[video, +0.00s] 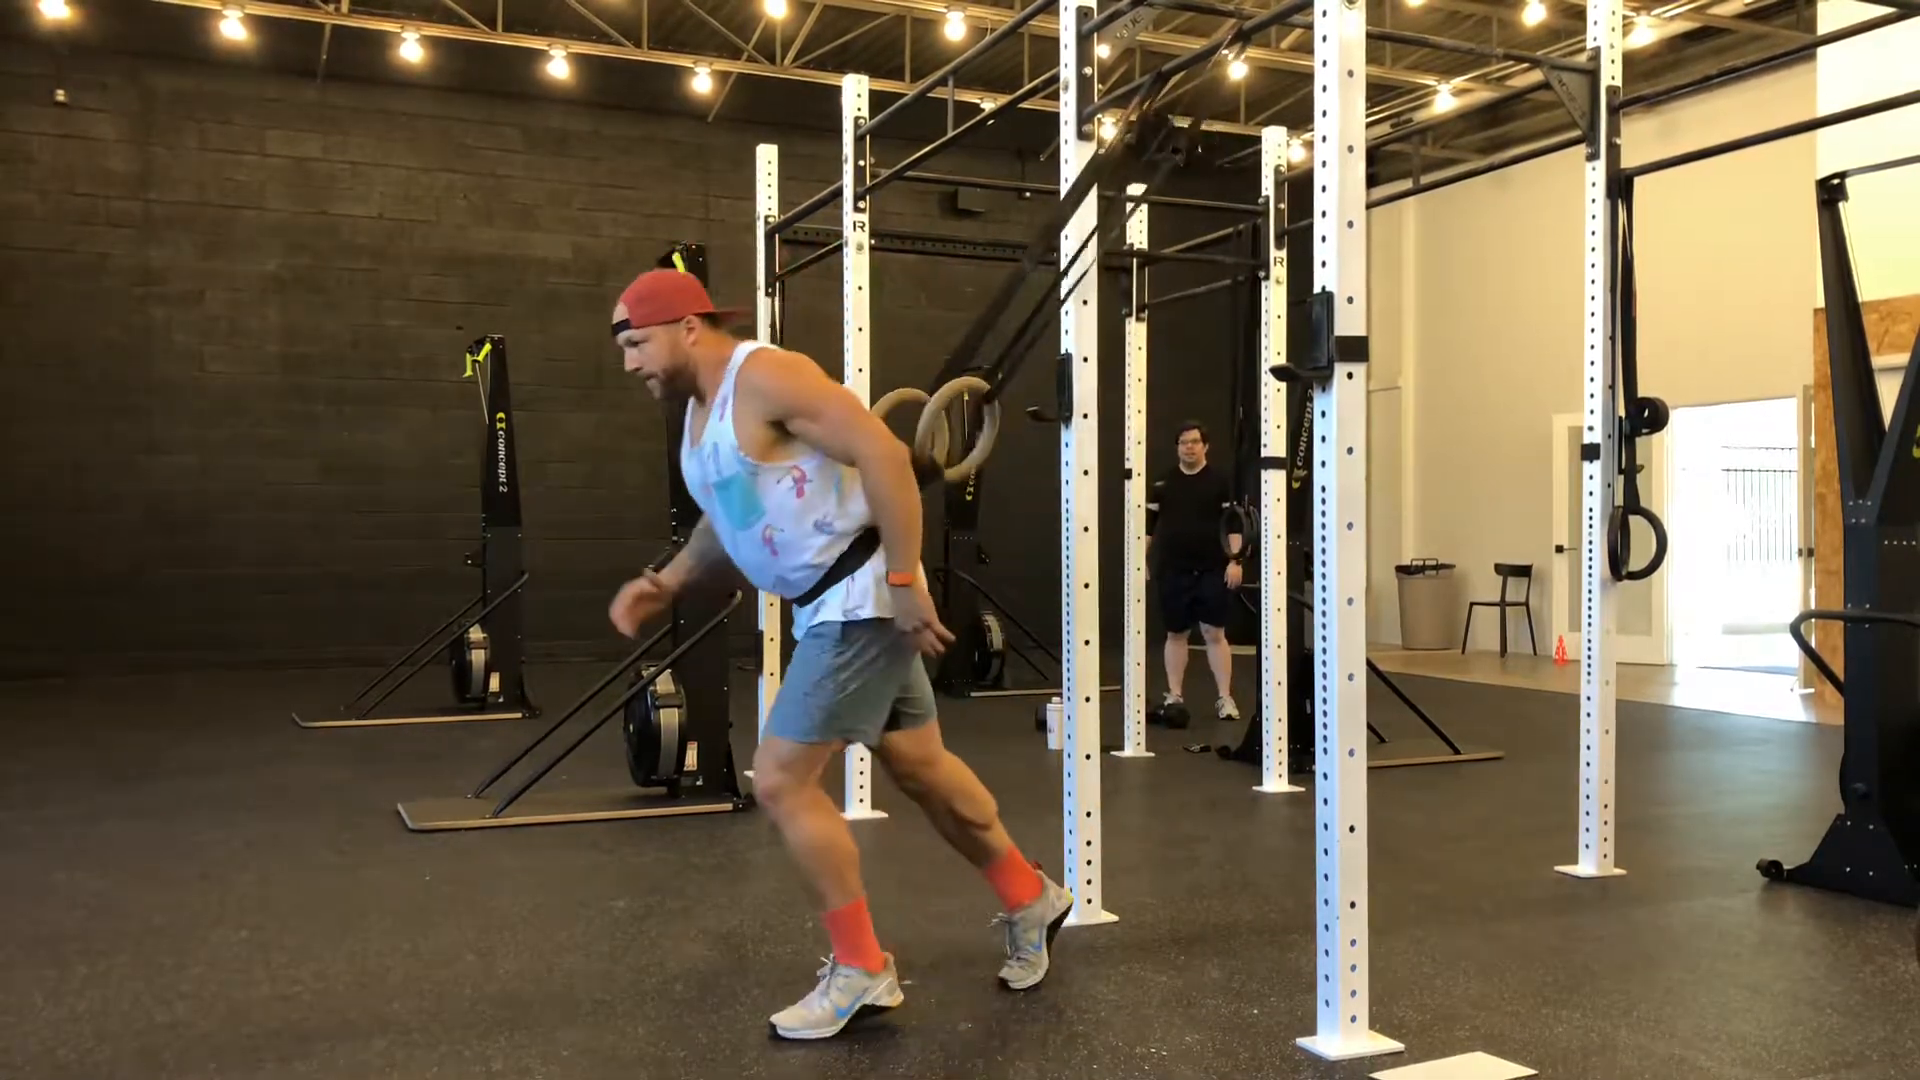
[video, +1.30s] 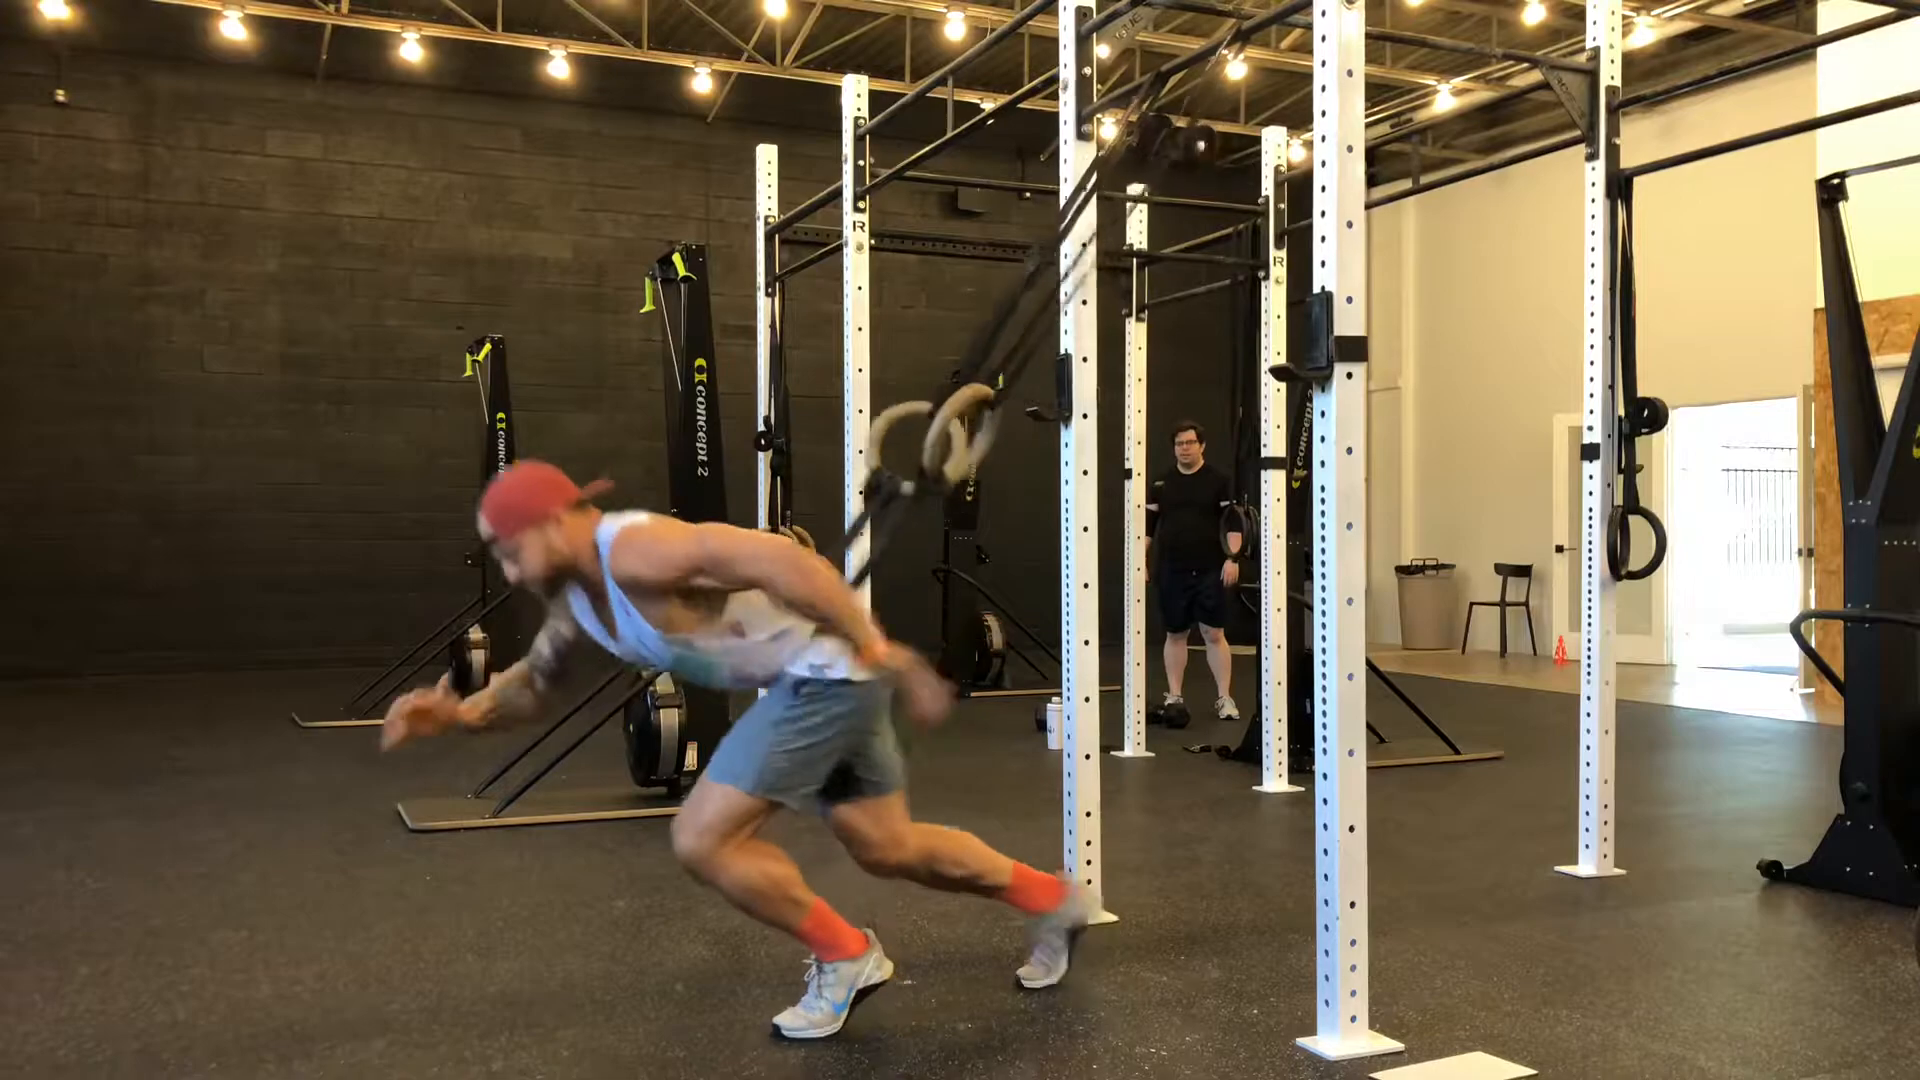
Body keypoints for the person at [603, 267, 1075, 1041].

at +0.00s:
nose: (627, 361)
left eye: (633, 340)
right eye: (622, 345)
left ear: (686, 327)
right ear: (679, 334)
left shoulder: (767, 376)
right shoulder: (703, 415)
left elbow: (886, 453)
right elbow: (733, 519)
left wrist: (906, 577)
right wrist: (669, 581)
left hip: (861, 597)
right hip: (834, 602)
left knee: (783, 779)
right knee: (920, 763)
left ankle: (862, 969)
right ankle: (1031, 896)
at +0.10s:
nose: (600, 392)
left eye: (606, 372)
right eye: (595, 376)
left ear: (659, 353)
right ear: (650, 361)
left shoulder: (745, 400)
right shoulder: (678, 438)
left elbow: (868, 471)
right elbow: (701, 540)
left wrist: (892, 596)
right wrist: (622, 567)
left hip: (850, 611)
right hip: (824, 615)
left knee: (763, 789)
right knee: (912, 775)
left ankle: (855, 960)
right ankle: (1032, 895)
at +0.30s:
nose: (547, 457)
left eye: (550, 438)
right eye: (540, 444)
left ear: (597, 410)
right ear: (586, 422)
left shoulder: (687, 445)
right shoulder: (627, 498)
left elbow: (830, 488)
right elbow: (593, 575)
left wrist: (892, 602)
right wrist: (527, 554)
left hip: (830, 623)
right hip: (830, 626)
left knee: (732, 798)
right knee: (917, 778)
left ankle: (850, 957)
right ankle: (1044, 896)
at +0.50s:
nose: (527, 543)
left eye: (527, 526)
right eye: (521, 531)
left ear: (564, 494)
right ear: (562, 495)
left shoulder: (671, 504)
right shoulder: (609, 567)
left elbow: (825, 517)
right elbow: (561, 639)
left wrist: (910, 602)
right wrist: (495, 622)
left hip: (833, 652)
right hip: (834, 654)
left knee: (724, 818)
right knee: (914, 818)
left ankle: (854, 962)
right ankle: (1065, 906)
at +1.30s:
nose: (507, 564)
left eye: (511, 546)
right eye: (500, 552)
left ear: (557, 522)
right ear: (534, 537)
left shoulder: (630, 550)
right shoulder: (583, 602)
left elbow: (775, 557)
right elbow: (531, 684)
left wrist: (871, 643)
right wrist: (455, 712)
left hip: (821, 670)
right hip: (829, 671)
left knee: (705, 836)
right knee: (885, 845)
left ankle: (848, 957)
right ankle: (1056, 898)